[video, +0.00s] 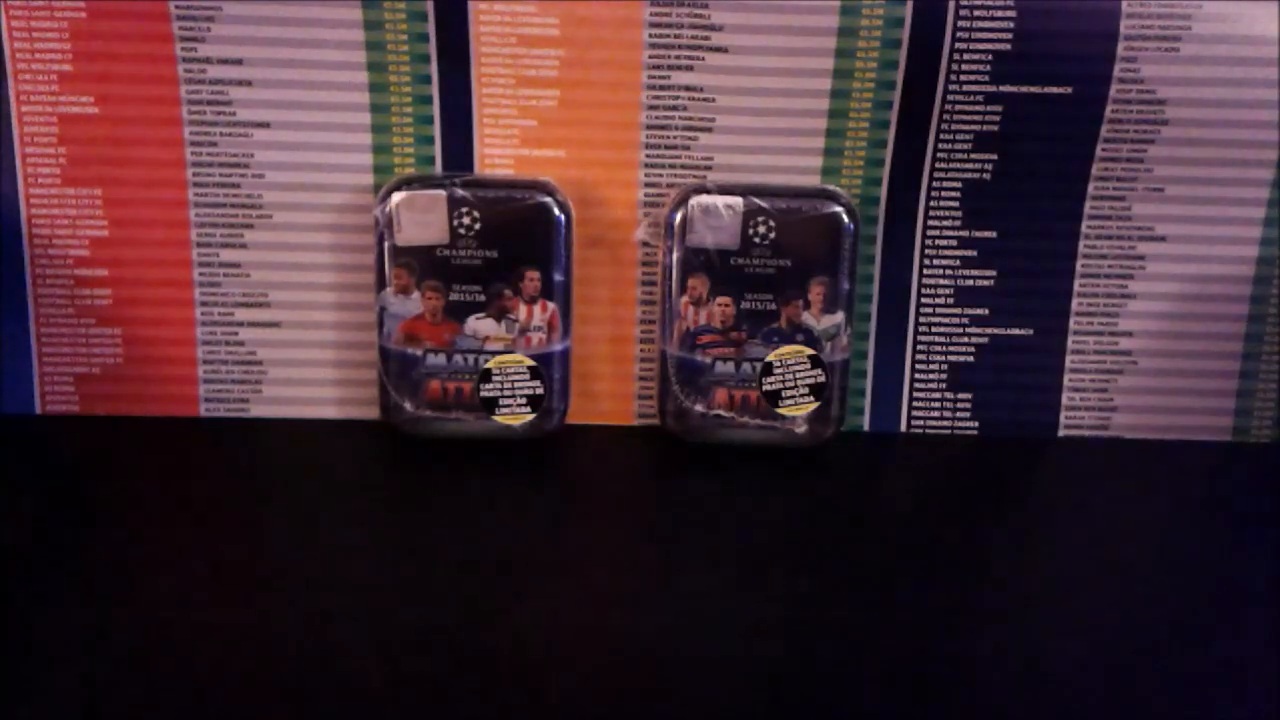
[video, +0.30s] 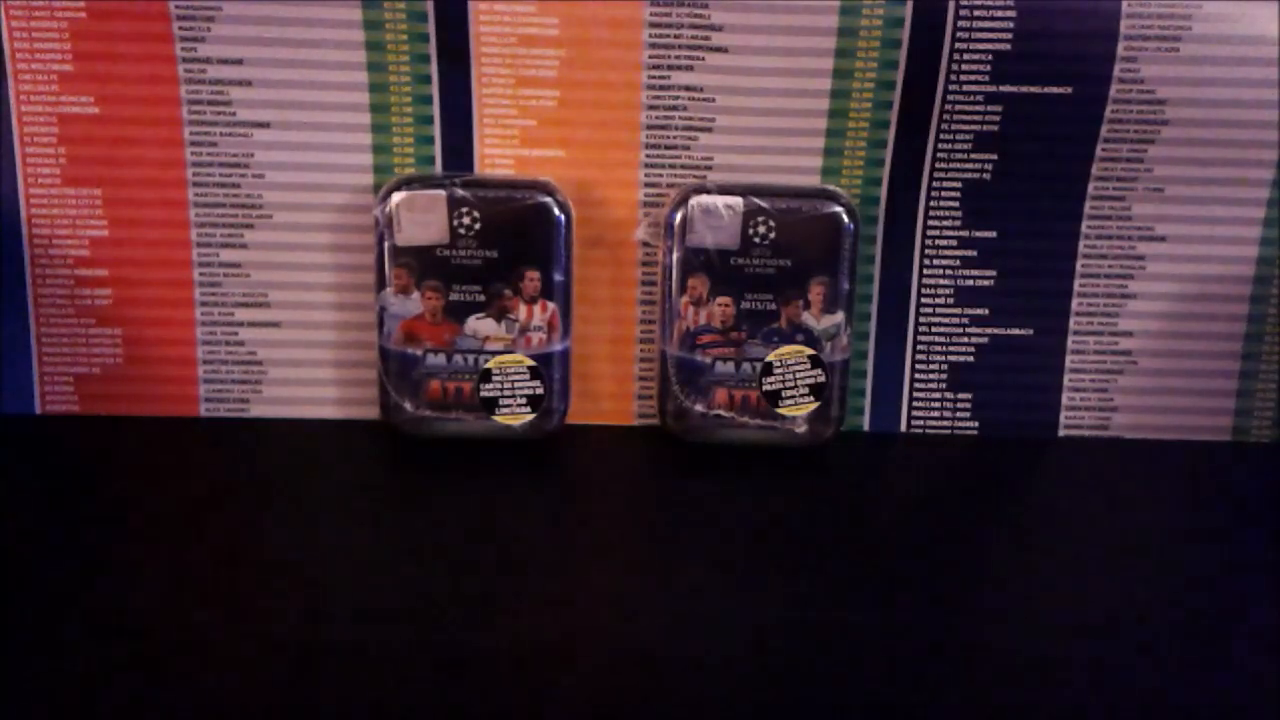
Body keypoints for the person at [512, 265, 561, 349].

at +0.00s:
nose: (536, 285)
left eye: (538, 280)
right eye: (531, 280)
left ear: (541, 283)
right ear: (521, 284)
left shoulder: (551, 308)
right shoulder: (512, 306)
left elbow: (556, 339)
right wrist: (520, 329)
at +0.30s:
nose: (536, 285)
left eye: (538, 280)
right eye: (531, 280)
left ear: (541, 283)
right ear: (521, 284)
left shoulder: (551, 308)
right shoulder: (512, 306)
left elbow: (556, 338)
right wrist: (520, 329)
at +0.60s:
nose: (536, 285)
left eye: (539, 281)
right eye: (531, 280)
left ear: (541, 283)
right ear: (521, 284)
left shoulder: (551, 308)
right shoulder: (512, 306)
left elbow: (556, 338)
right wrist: (520, 329)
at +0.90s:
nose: (536, 285)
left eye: (538, 281)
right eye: (531, 280)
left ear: (541, 283)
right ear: (521, 283)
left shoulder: (551, 308)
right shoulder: (512, 306)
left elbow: (556, 337)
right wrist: (520, 330)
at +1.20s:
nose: (536, 285)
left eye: (539, 280)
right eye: (531, 280)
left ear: (541, 283)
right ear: (521, 283)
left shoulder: (551, 308)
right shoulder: (512, 306)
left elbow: (556, 338)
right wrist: (521, 330)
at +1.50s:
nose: (536, 285)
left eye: (539, 281)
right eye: (531, 280)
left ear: (541, 283)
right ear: (521, 284)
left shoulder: (551, 308)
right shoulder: (512, 306)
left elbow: (556, 337)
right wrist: (521, 329)